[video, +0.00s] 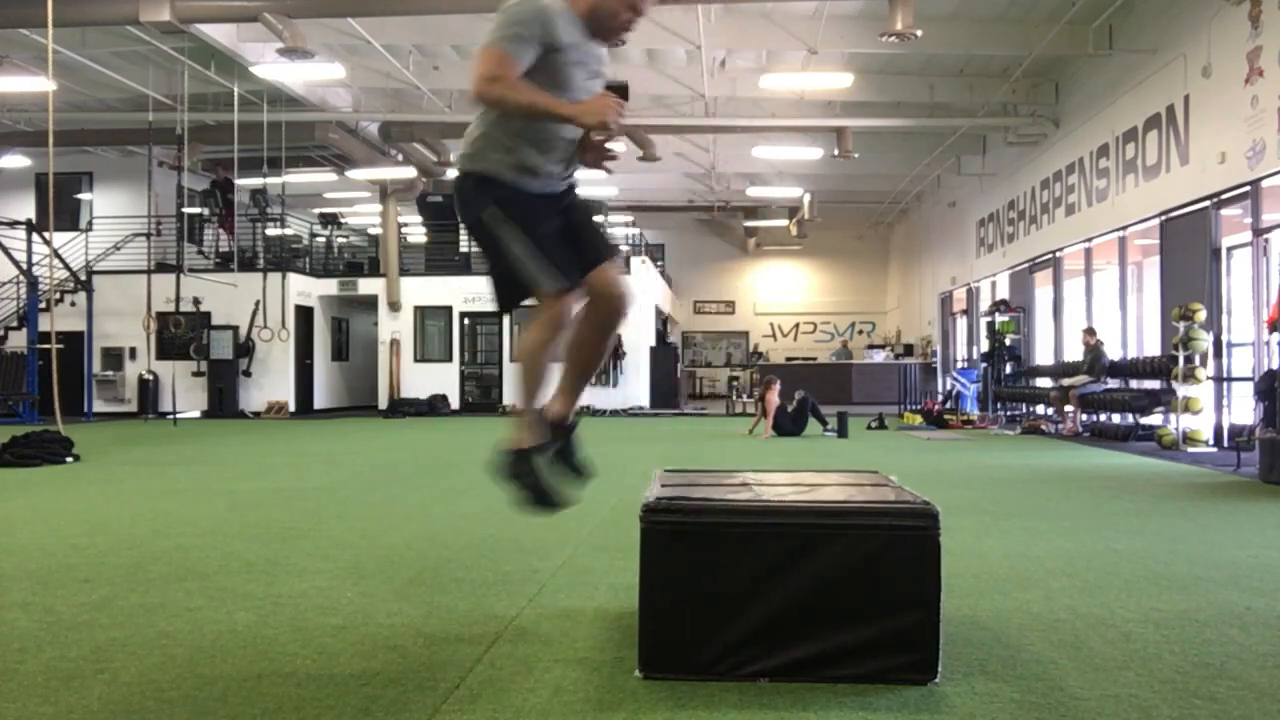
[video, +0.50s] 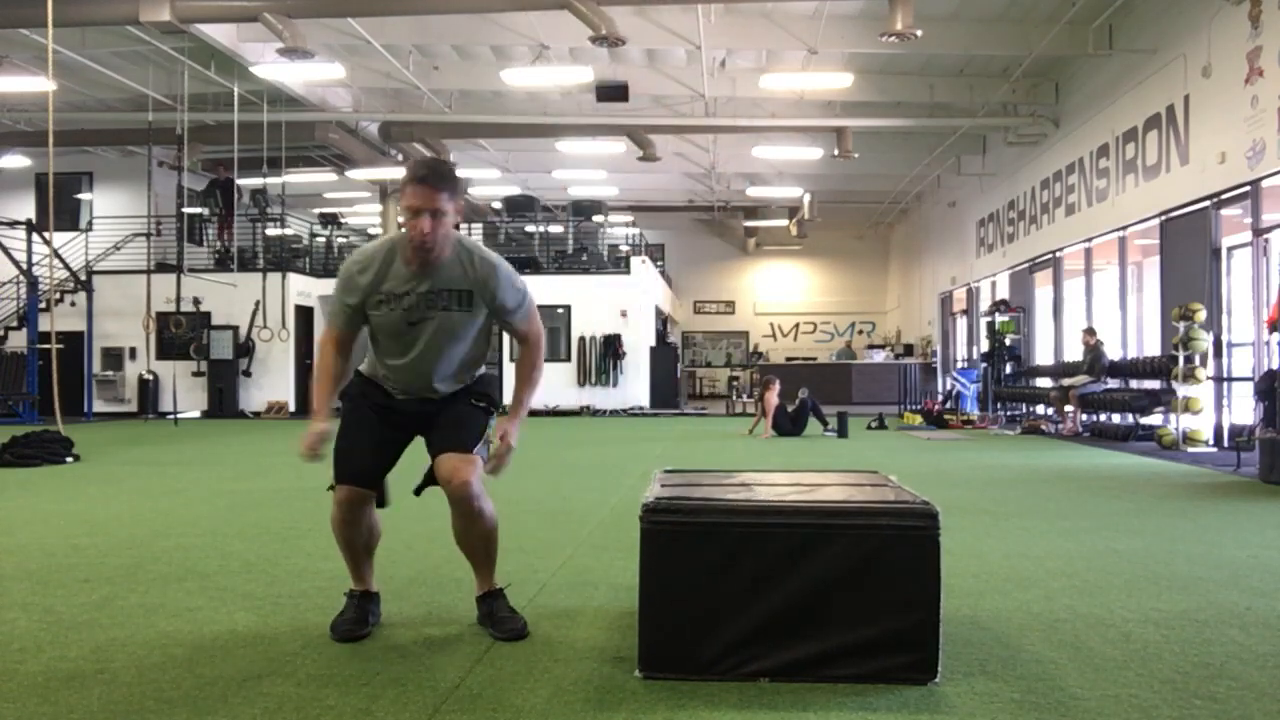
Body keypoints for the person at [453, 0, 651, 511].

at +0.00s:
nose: (633, 26)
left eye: (638, 18)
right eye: (632, 13)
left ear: (616, 9)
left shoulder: (593, 51)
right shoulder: (533, 16)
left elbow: (542, 125)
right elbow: (488, 84)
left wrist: (580, 148)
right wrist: (575, 110)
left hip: (553, 191)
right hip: (492, 185)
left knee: (611, 296)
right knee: (557, 301)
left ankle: (557, 420)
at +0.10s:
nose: (590, 44)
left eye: (599, 36)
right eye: (586, 29)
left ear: (600, 31)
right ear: (553, 10)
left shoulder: (563, 76)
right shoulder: (492, 51)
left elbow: (530, 162)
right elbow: (458, 124)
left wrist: (567, 167)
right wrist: (548, 125)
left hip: (530, 228)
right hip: (467, 222)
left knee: (562, 348)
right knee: (493, 349)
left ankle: (537, 489)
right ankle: (446, 490)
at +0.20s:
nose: (540, 94)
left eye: (547, 84)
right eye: (533, 81)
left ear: (550, 85)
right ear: (504, 72)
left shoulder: (537, 142)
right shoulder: (455, 116)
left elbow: (551, 239)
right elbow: (427, 199)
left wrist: (559, 201)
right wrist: (511, 171)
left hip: (507, 302)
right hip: (440, 297)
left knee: (523, 433)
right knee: (420, 437)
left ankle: (518, 572)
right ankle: (382, 562)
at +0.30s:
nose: (492, 163)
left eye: (502, 153)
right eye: (483, 151)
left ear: (511, 162)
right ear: (459, 153)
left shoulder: (519, 229)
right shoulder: (414, 215)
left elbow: (549, 310)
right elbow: (392, 296)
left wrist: (545, 283)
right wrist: (457, 263)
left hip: (479, 376)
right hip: (404, 377)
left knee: (503, 479)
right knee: (375, 503)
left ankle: (494, 594)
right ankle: (364, 595)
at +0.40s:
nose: (449, 205)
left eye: (461, 195)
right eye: (439, 194)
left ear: (480, 202)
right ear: (423, 200)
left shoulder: (506, 265)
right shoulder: (382, 260)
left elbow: (532, 334)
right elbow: (352, 341)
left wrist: (533, 393)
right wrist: (374, 385)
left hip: (464, 391)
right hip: (388, 388)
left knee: (472, 484)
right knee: (357, 504)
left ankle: (489, 594)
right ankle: (362, 595)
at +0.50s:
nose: (422, 227)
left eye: (435, 215)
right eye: (413, 214)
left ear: (457, 217)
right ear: (401, 214)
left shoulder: (487, 273)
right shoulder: (363, 268)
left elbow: (532, 335)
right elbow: (335, 341)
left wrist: (515, 417)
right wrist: (321, 414)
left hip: (459, 392)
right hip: (380, 389)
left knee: (462, 482)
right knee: (349, 497)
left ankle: (489, 594)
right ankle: (362, 595)